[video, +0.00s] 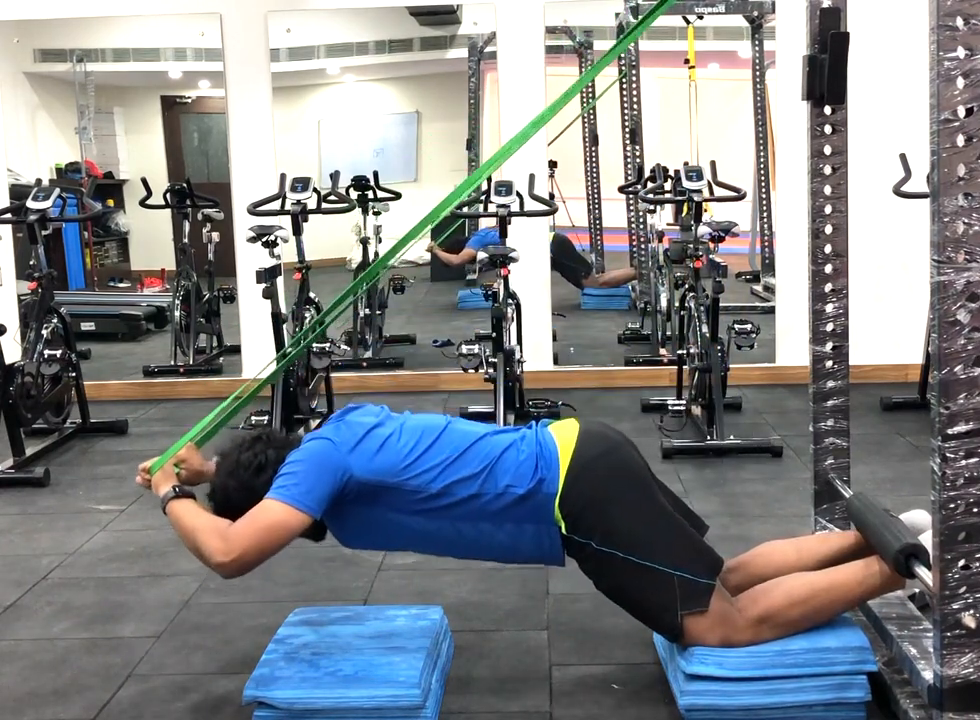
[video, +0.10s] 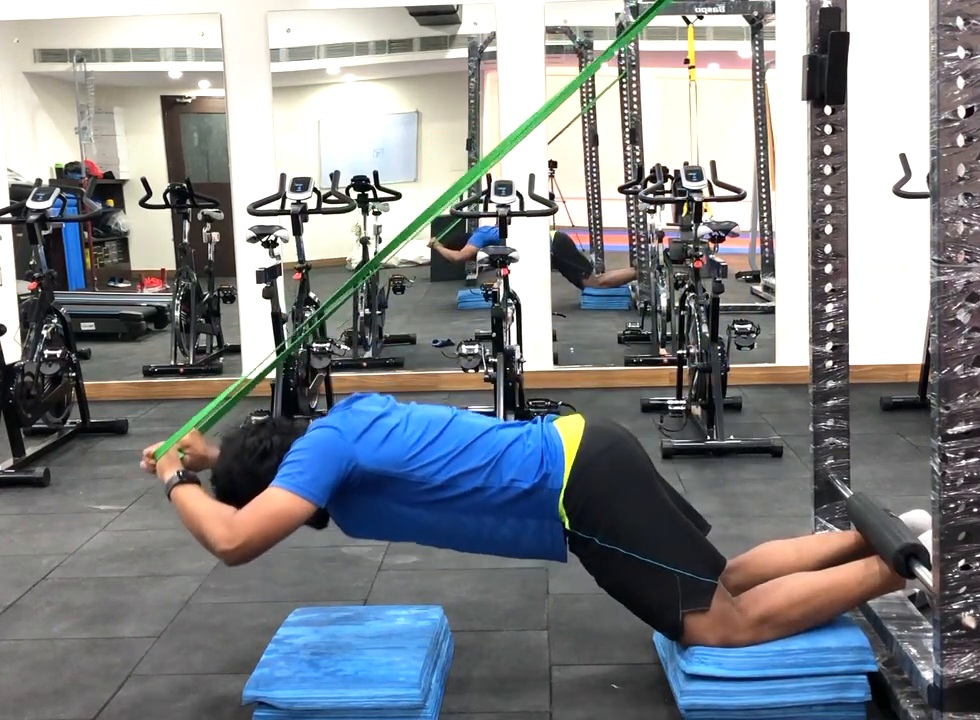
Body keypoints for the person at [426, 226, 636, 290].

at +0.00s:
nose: (460, 259)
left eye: (457, 256)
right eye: (458, 256)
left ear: (460, 249)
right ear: (463, 241)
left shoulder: (478, 238)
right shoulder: (484, 234)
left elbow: (456, 261)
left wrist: (434, 250)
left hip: (555, 245)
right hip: (553, 245)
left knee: (594, 282)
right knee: (591, 282)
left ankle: (641, 271)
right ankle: (640, 271)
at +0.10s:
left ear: (475, 227)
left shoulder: (484, 232)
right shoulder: (500, 229)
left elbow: (459, 257)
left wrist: (435, 245)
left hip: (556, 244)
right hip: (554, 244)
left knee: (594, 281)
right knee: (591, 281)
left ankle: (642, 270)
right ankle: (641, 270)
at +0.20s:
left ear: (482, 213)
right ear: (497, 208)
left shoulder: (486, 227)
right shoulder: (502, 223)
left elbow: (461, 252)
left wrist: (436, 241)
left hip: (558, 243)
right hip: (556, 245)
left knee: (593, 280)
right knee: (592, 281)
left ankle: (642, 270)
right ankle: (641, 270)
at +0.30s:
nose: (484, 202)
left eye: (487, 198)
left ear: (492, 202)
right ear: (507, 199)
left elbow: (463, 248)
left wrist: (440, 236)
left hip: (559, 243)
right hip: (558, 243)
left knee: (595, 280)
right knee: (592, 279)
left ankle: (643, 269)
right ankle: (642, 269)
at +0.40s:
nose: (483, 203)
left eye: (486, 199)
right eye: (485, 199)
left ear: (494, 200)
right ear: (505, 199)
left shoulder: (492, 217)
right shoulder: (507, 214)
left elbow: (466, 242)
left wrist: (443, 230)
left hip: (562, 241)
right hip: (560, 240)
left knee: (594, 281)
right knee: (592, 280)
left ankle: (642, 270)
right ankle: (640, 270)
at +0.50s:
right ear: (503, 198)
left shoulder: (495, 216)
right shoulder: (501, 215)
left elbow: (468, 236)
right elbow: (471, 235)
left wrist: (446, 223)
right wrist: (455, 223)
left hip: (564, 238)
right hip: (561, 241)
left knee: (594, 280)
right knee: (591, 280)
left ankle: (642, 270)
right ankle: (640, 270)